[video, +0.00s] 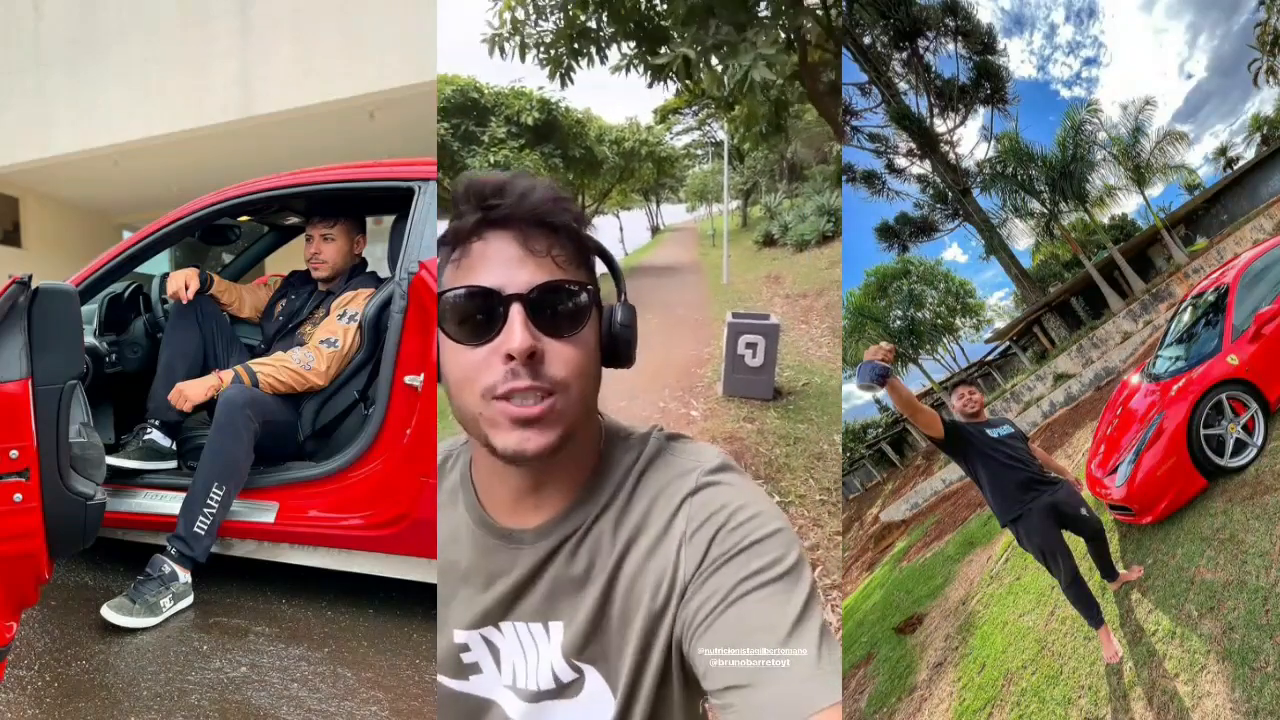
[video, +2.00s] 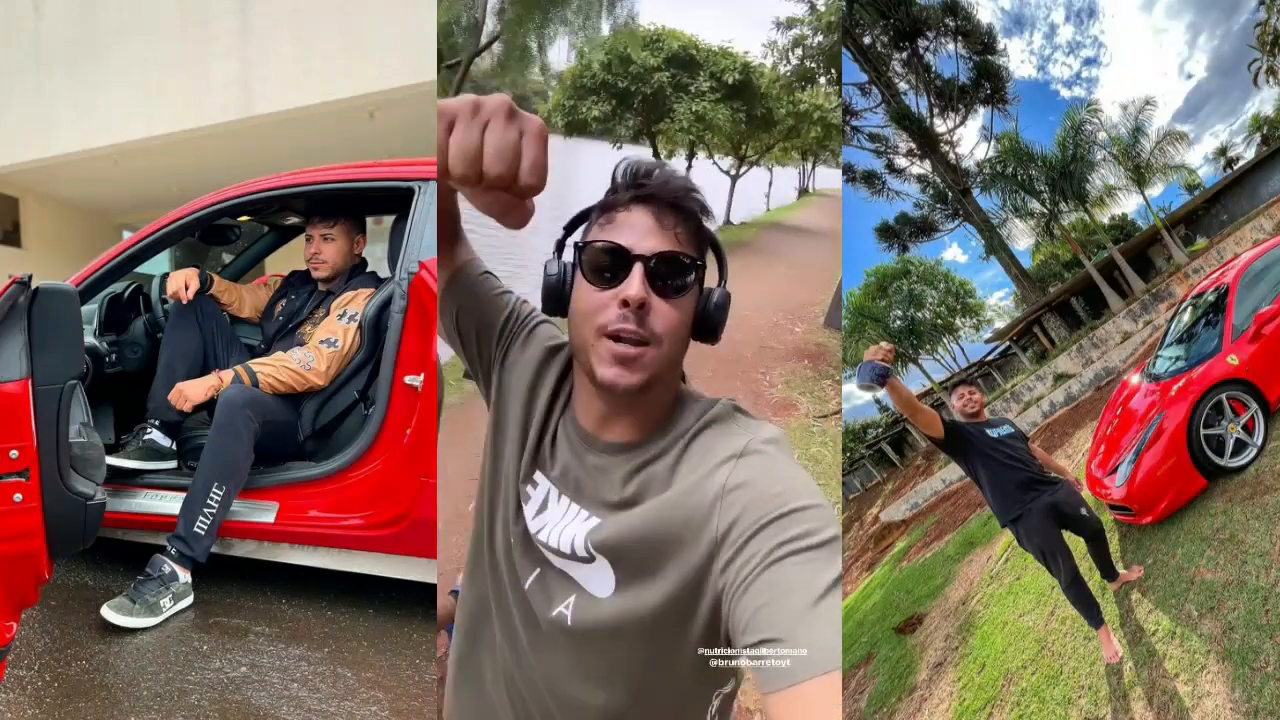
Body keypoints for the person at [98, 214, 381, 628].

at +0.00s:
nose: (314, 249)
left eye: (328, 239)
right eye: (310, 239)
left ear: (358, 245)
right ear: (305, 244)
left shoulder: (362, 296)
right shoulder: (291, 286)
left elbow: (315, 367)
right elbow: (244, 299)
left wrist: (220, 380)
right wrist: (201, 279)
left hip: (314, 412)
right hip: (262, 386)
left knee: (239, 402)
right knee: (196, 302)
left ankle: (177, 567)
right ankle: (161, 433)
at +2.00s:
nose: (314, 249)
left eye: (328, 239)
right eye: (310, 239)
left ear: (359, 245)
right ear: (305, 244)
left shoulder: (362, 297)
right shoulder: (291, 286)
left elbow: (315, 367)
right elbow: (243, 299)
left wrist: (220, 380)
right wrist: (201, 278)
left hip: (314, 411)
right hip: (261, 386)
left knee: (239, 402)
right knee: (195, 302)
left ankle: (177, 567)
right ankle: (160, 433)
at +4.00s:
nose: (315, 249)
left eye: (328, 239)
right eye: (310, 239)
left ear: (358, 245)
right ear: (304, 244)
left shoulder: (361, 297)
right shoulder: (292, 286)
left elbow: (315, 366)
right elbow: (243, 299)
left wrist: (219, 381)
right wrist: (203, 279)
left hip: (315, 411)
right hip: (265, 389)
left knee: (239, 402)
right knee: (196, 303)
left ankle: (177, 568)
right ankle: (161, 433)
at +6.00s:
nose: (314, 250)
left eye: (328, 239)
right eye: (310, 239)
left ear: (358, 245)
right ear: (304, 244)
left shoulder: (362, 297)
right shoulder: (292, 286)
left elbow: (315, 366)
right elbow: (242, 299)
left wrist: (219, 380)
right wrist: (202, 278)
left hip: (316, 410)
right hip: (266, 389)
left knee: (239, 402)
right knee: (195, 303)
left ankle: (177, 568)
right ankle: (161, 433)